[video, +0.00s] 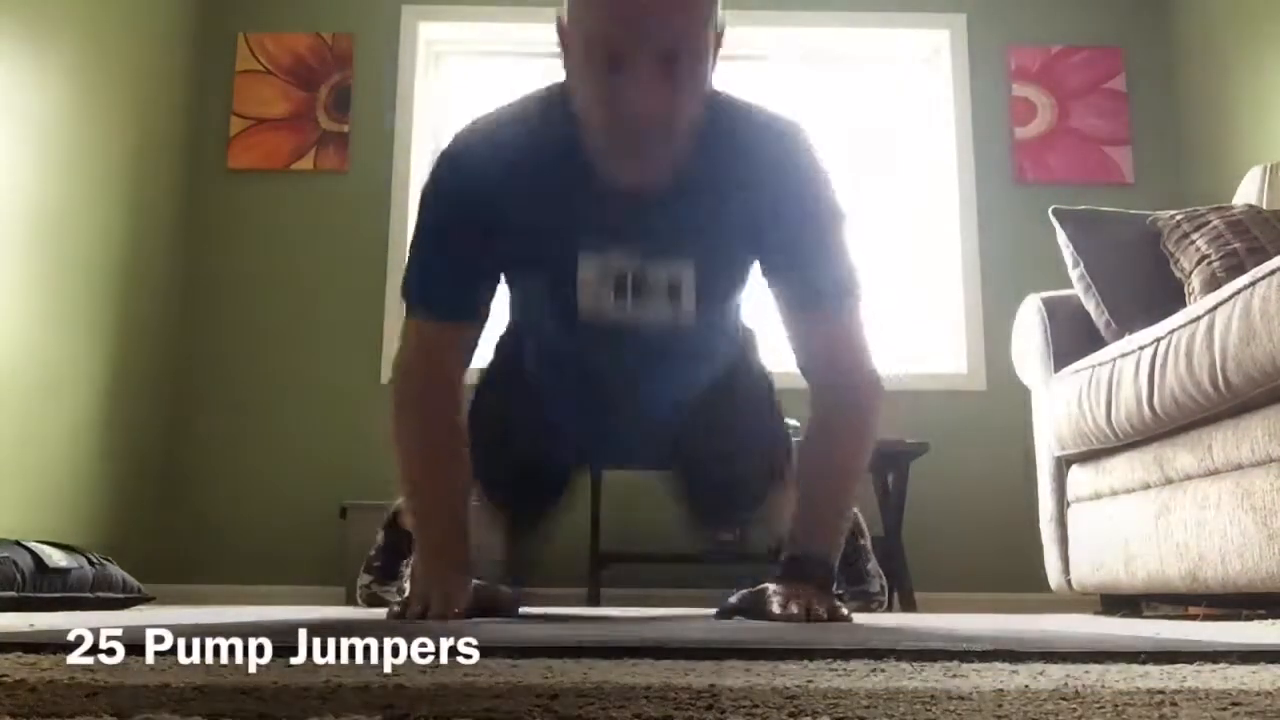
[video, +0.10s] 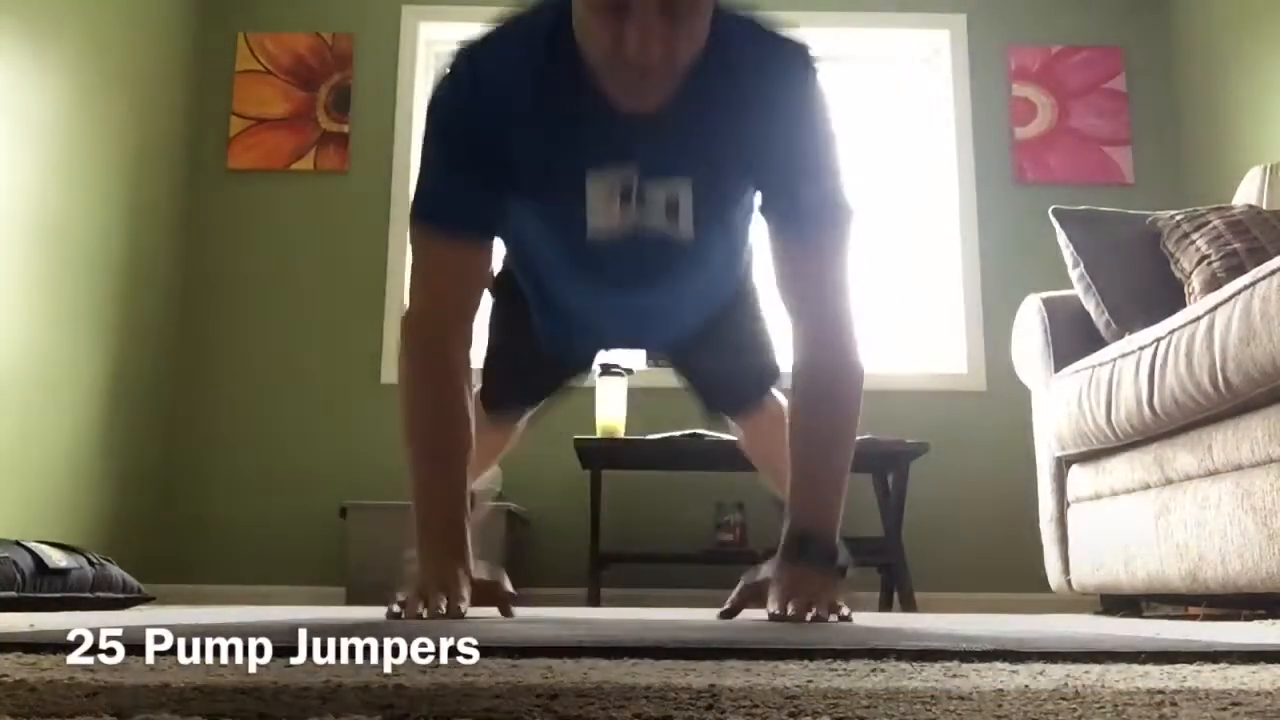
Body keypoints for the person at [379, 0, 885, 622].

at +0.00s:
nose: (641, 100)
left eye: (671, 62)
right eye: (611, 63)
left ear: (717, 51)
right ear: (564, 46)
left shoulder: (771, 162)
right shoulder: (485, 165)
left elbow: (847, 382)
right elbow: (426, 374)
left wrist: (810, 572)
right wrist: (441, 583)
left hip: (706, 395)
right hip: (546, 393)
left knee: (765, 532)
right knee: (478, 542)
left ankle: (837, 536)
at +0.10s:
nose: (642, 44)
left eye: (675, 12)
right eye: (612, 10)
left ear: (714, 7)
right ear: (574, 4)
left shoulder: (774, 82)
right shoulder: (488, 86)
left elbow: (826, 332)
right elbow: (436, 324)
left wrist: (811, 547)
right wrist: (440, 552)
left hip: (706, 302)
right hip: (548, 301)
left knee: (761, 412)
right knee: (488, 422)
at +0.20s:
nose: (639, 40)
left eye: (670, 6)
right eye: (608, 5)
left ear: (711, 1)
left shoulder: (773, 39)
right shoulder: (484, 57)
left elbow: (851, 295)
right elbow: (412, 293)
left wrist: (856, 495)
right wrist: (412, 498)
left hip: (698, 280)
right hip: (558, 282)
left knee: (720, 394)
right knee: (545, 395)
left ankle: (729, 466)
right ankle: (530, 464)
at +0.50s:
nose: (628, 460)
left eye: (655, 441)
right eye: (600, 439)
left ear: (703, 362)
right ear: (548, 364)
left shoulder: (781, 341)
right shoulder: (470, 335)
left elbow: (977, 385)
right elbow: (315, 386)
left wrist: (946, 575)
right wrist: (328, 581)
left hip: (698, 528)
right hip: (548, 528)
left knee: (675, 564)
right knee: (552, 577)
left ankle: (660, 578)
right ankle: (570, 572)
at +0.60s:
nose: (624, 575)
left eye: (658, 557)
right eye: (587, 557)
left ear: (713, 461)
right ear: (535, 455)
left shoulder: (793, 403)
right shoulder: (475, 388)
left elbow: (977, 382)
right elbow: (317, 379)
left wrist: (944, 576)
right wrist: (330, 576)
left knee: (683, 573)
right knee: (553, 569)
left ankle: (693, 577)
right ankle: (540, 571)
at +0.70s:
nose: (626, 609)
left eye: (658, 579)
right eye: (594, 577)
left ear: (717, 467)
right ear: (537, 465)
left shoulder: (797, 413)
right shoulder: (479, 397)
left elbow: (974, 381)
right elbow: (314, 375)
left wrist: (942, 576)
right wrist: (331, 576)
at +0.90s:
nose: (626, 458)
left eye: (660, 431)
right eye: (598, 428)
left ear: (710, 342)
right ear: (550, 342)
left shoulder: (780, 315)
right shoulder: (472, 312)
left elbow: (959, 391)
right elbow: (316, 389)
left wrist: (940, 572)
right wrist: (327, 575)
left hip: (690, 569)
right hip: (547, 562)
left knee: (667, 599)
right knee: (554, 590)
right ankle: (548, 587)